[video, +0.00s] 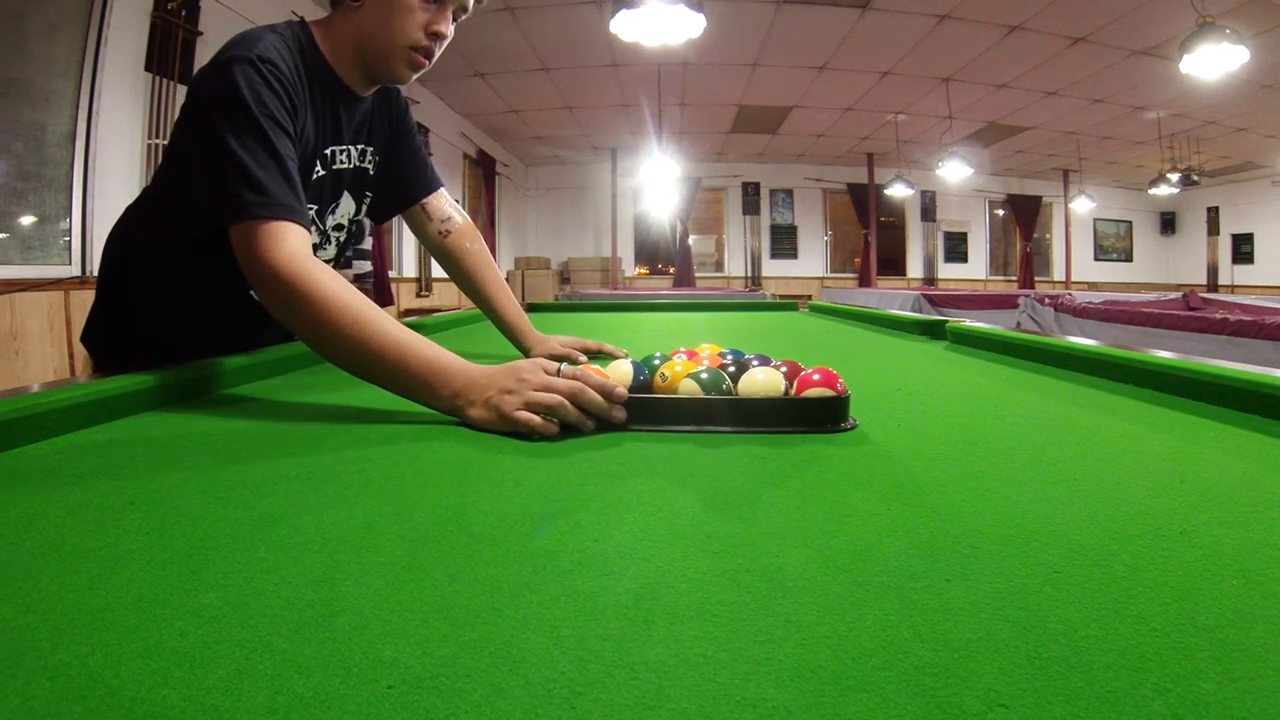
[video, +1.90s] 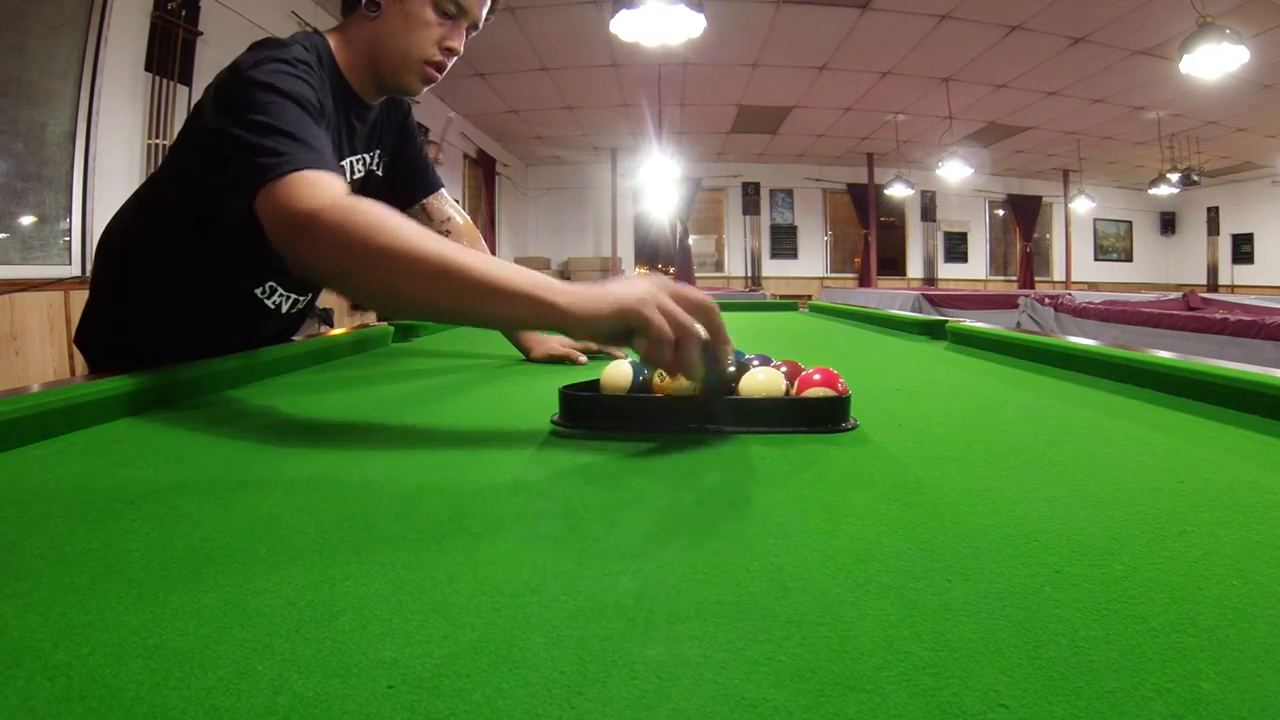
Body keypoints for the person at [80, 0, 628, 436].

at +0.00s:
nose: (444, 29)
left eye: (454, 13)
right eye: (431, 1)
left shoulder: (385, 101)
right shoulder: (256, 69)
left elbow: (444, 225)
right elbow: (278, 266)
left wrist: (527, 334)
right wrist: (468, 384)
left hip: (271, 342)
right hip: (158, 347)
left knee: (252, 531)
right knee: (147, 541)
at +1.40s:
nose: (450, 35)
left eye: (458, 21)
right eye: (438, 6)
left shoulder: (386, 110)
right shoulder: (259, 81)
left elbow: (447, 225)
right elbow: (283, 266)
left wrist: (517, 329)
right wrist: (496, 347)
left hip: (258, 333)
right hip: (150, 334)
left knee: (243, 513)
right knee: (141, 522)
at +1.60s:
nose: (454, 41)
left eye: (463, 26)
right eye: (442, 12)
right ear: (366, 0)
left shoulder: (389, 109)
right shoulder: (273, 75)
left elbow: (446, 228)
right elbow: (330, 235)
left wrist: (523, 329)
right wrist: (579, 302)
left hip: (261, 334)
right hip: (151, 337)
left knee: (253, 518)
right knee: (144, 526)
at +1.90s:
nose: (457, 48)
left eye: (467, 33)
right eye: (446, 17)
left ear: (449, 41)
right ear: (376, 1)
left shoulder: (387, 112)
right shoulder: (280, 76)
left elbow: (449, 227)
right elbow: (312, 232)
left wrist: (523, 330)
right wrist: (569, 301)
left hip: (255, 337)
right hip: (149, 338)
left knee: (238, 524)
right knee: (133, 534)